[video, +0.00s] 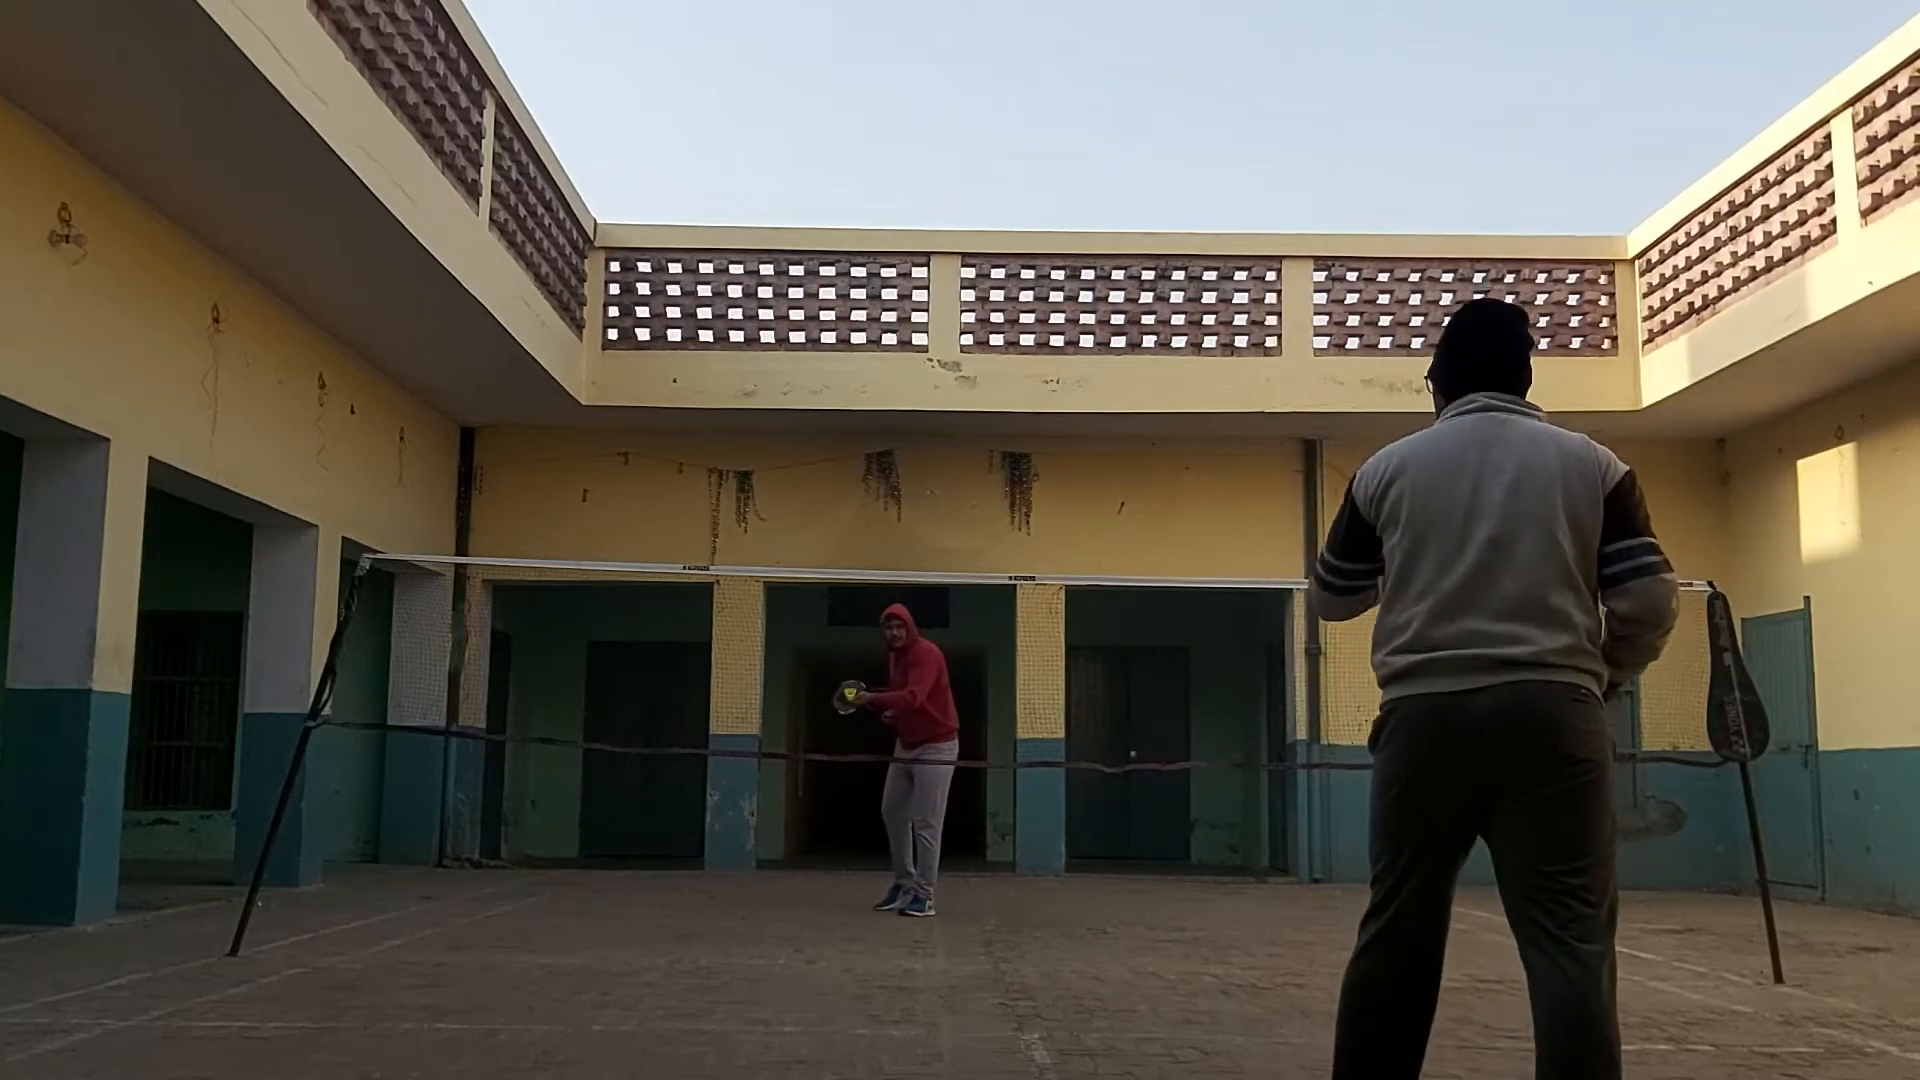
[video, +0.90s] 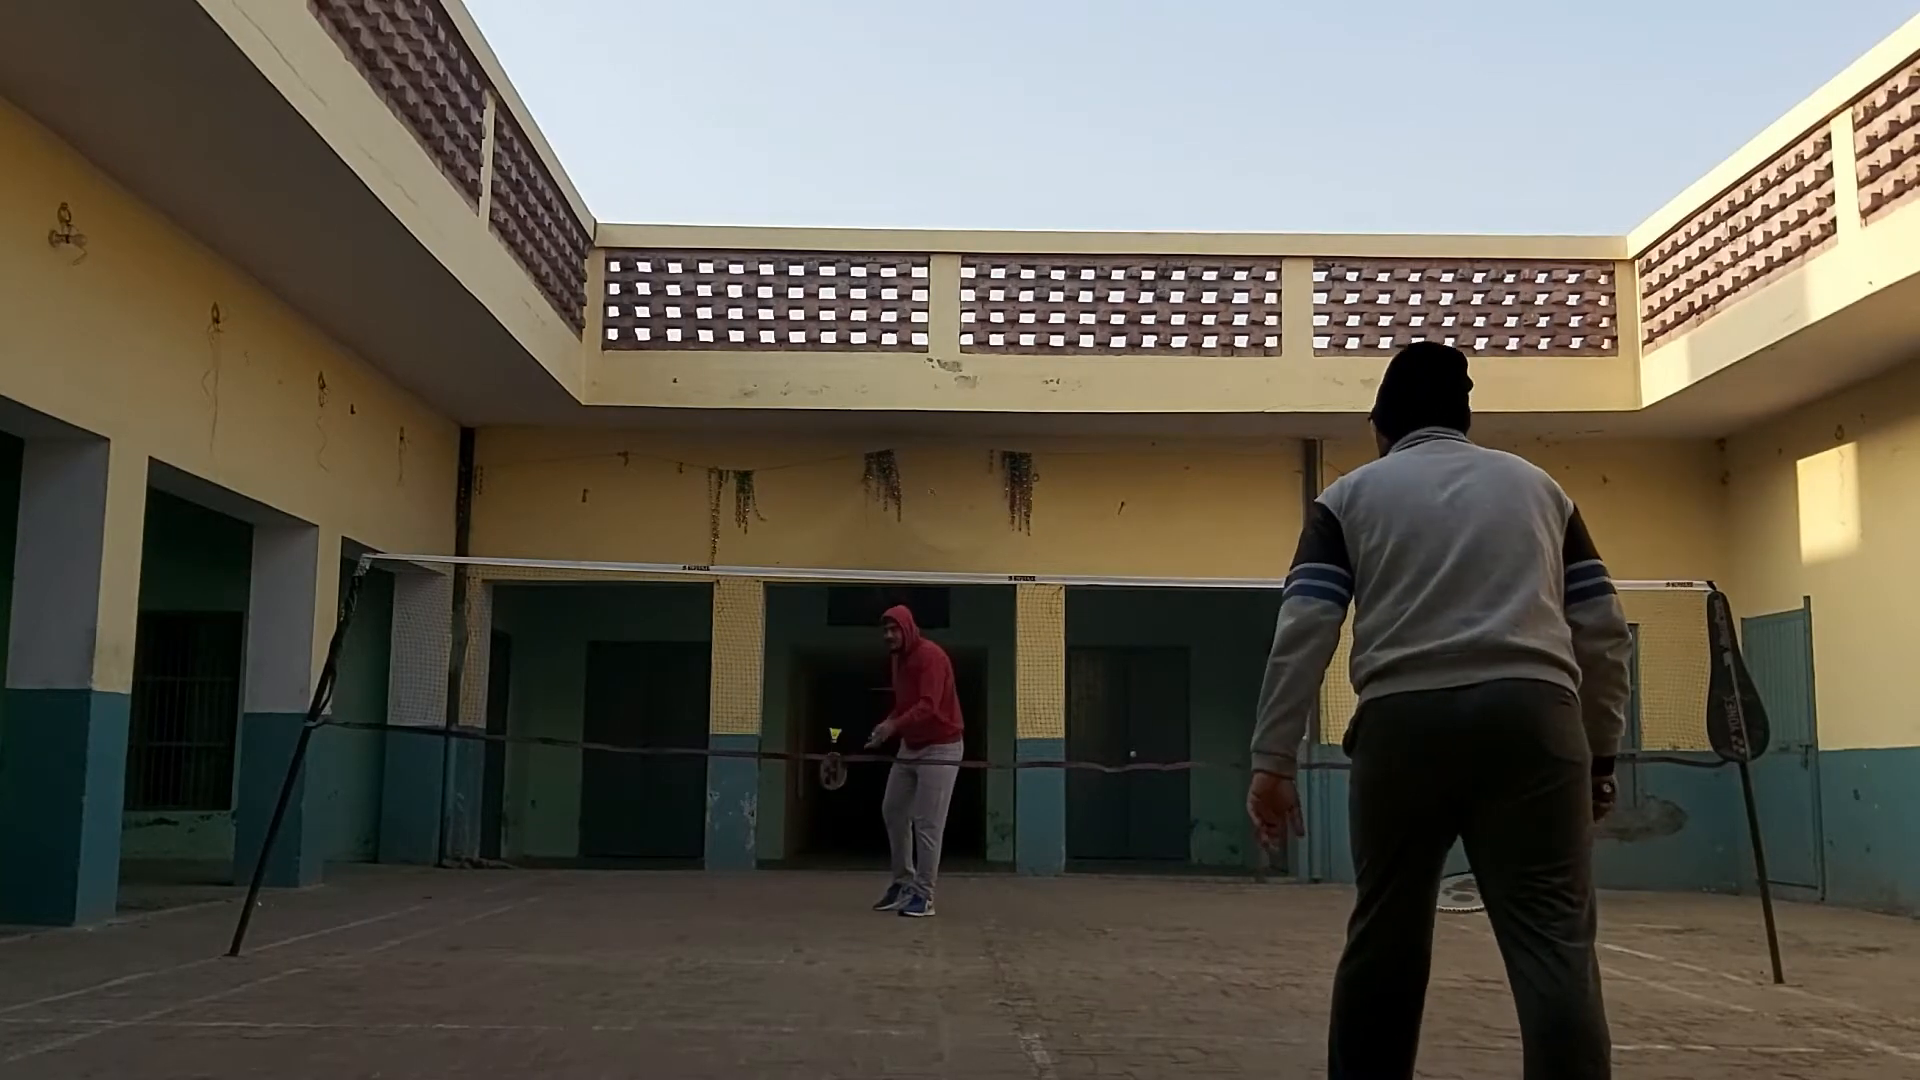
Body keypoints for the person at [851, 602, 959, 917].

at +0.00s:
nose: (894, 632)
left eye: (899, 626)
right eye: (889, 627)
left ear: (911, 628)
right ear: (883, 632)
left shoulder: (926, 653)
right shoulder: (896, 656)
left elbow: (913, 697)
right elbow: (904, 697)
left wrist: (867, 698)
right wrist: (892, 710)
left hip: (936, 747)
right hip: (906, 745)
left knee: (926, 821)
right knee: (893, 813)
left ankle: (923, 894)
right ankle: (904, 884)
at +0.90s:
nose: (888, 634)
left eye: (893, 628)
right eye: (886, 629)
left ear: (909, 629)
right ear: (887, 632)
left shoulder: (930, 655)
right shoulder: (901, 660)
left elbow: (929, 706)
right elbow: (906, 704)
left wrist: (893, 726)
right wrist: (889, 726)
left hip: (939, 750)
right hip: (911, 748)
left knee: (928, 822)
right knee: (894, 812)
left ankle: (923, 894)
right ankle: (902, 883)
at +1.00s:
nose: (897, 632)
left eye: (902, 627)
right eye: (893, 628)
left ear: (915, 628)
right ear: (890, 632)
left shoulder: (936, 655)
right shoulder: (899, 660)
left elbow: (942, 708)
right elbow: (896, 698)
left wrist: (918, 739)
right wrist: (895, 715)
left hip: (941, 751)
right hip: (910, 749)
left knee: (929, 823)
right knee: (891, 812)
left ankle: (924, 894)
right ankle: (902, 882)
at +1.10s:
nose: (906, 630)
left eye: (911, 624)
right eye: (901, 625)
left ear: (922, 627)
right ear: (896, 630)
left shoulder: (943, 656)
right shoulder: (897, 660)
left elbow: (953, 703)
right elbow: (887, 702)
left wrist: (949, 743)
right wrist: (904, 702)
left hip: (941, 750)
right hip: (909, 748)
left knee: (930, 823)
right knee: (890, 811)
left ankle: (924, 895)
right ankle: (908, 880)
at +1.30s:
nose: (928, 631)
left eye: (933, 626)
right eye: (923, 626)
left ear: (942, 631)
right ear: (915, 632)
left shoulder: (959, 661)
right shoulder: (904, 662)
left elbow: (982, 701)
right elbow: (892, 702)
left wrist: (990, 739)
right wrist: (918, 704)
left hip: (943, 753)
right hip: (908, 752)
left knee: (927, 824)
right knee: (899, 820)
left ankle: (922, 895)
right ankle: (931, 868)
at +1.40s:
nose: (937, 636)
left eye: (942, 632)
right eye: (932, 632)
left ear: (950, 638)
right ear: (923, 637)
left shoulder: (965, 668)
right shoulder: (908, 668)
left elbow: (991, 706)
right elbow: (894, 709)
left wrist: (1000, 741)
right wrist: (916, 721)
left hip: (945, 757)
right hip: (910, 757)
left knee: (928, 822)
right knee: (904, 824)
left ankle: (923, 895)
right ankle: (931, 878)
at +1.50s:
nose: (942, 640)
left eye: (947, 636)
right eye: (937, 636)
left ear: (954, 642)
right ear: (928, 641)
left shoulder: (968, 673)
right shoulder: (912, 673)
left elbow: (992, 712)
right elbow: (898, 714)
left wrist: (1000, 749)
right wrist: (908, 741)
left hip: (951, 760)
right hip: (915, 760)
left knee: (937, 823)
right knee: (913, 825)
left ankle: (927, 891)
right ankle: (936, 884)